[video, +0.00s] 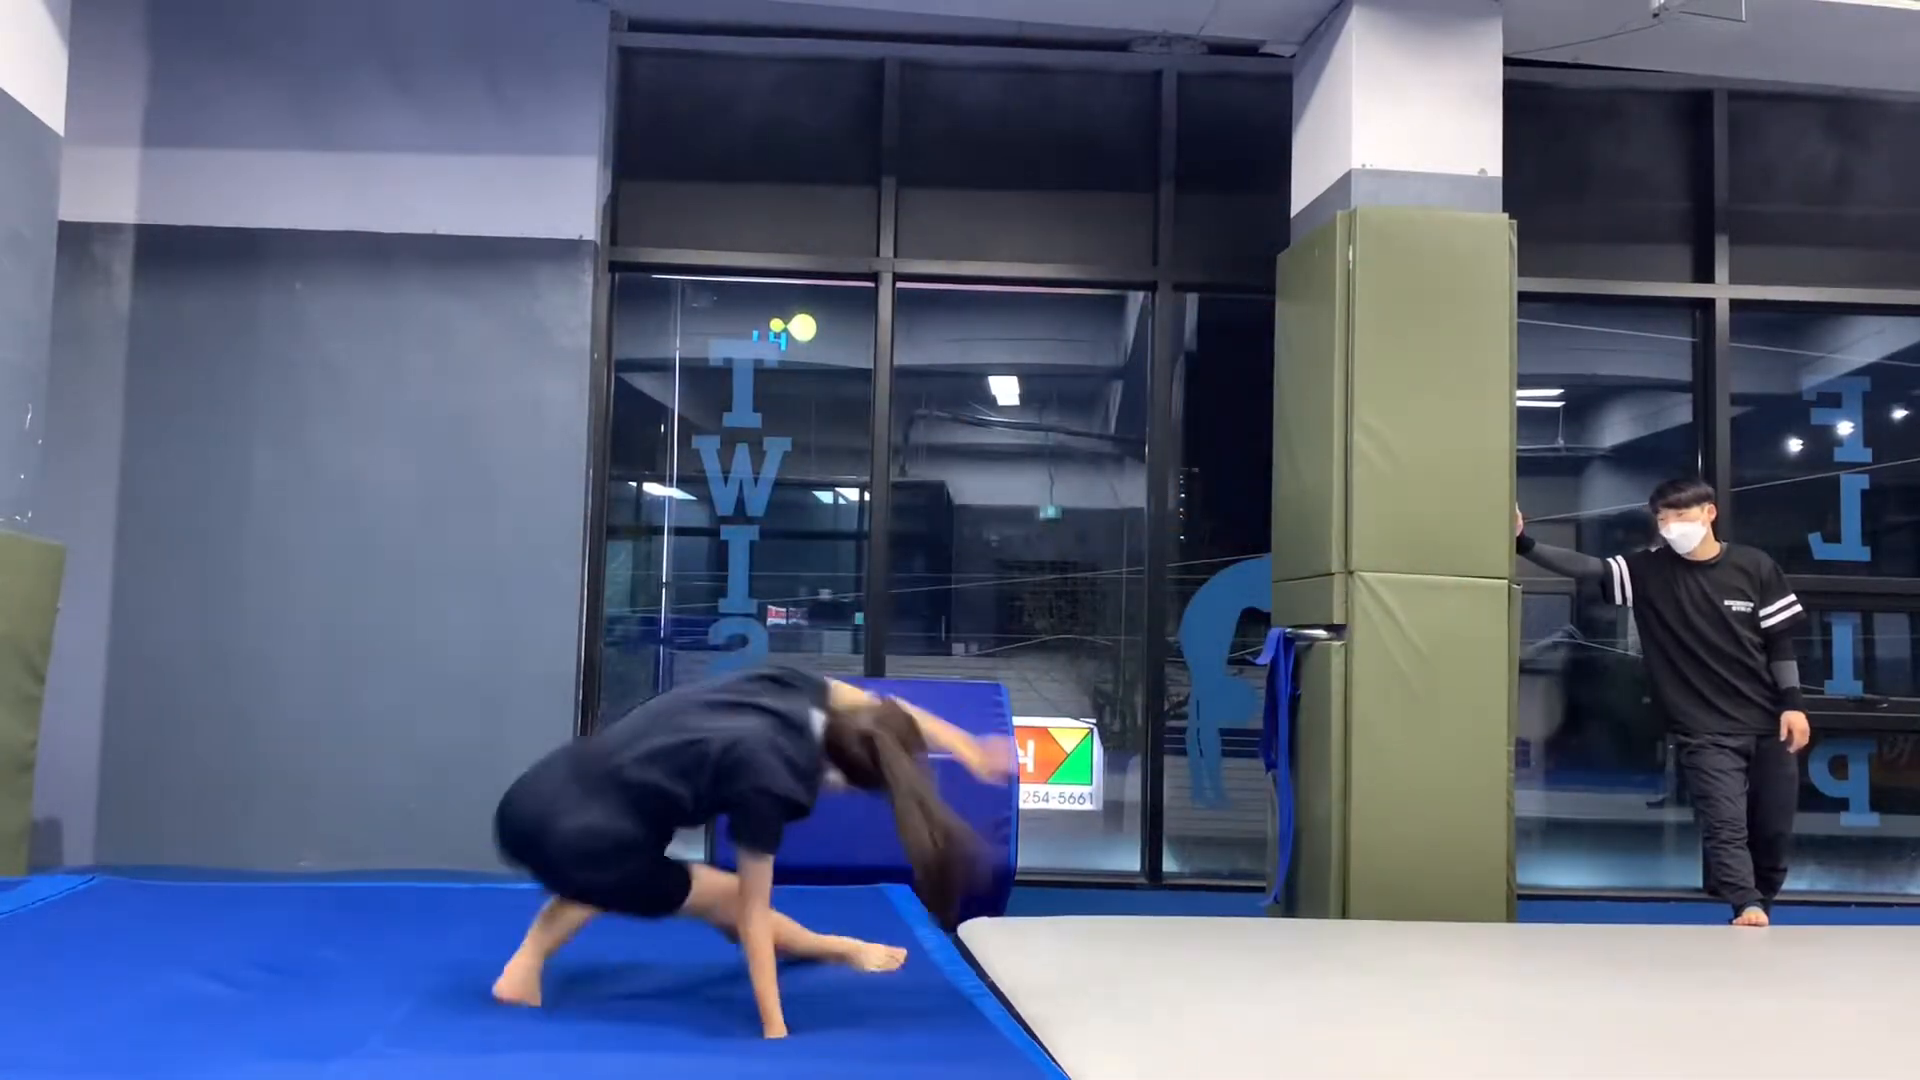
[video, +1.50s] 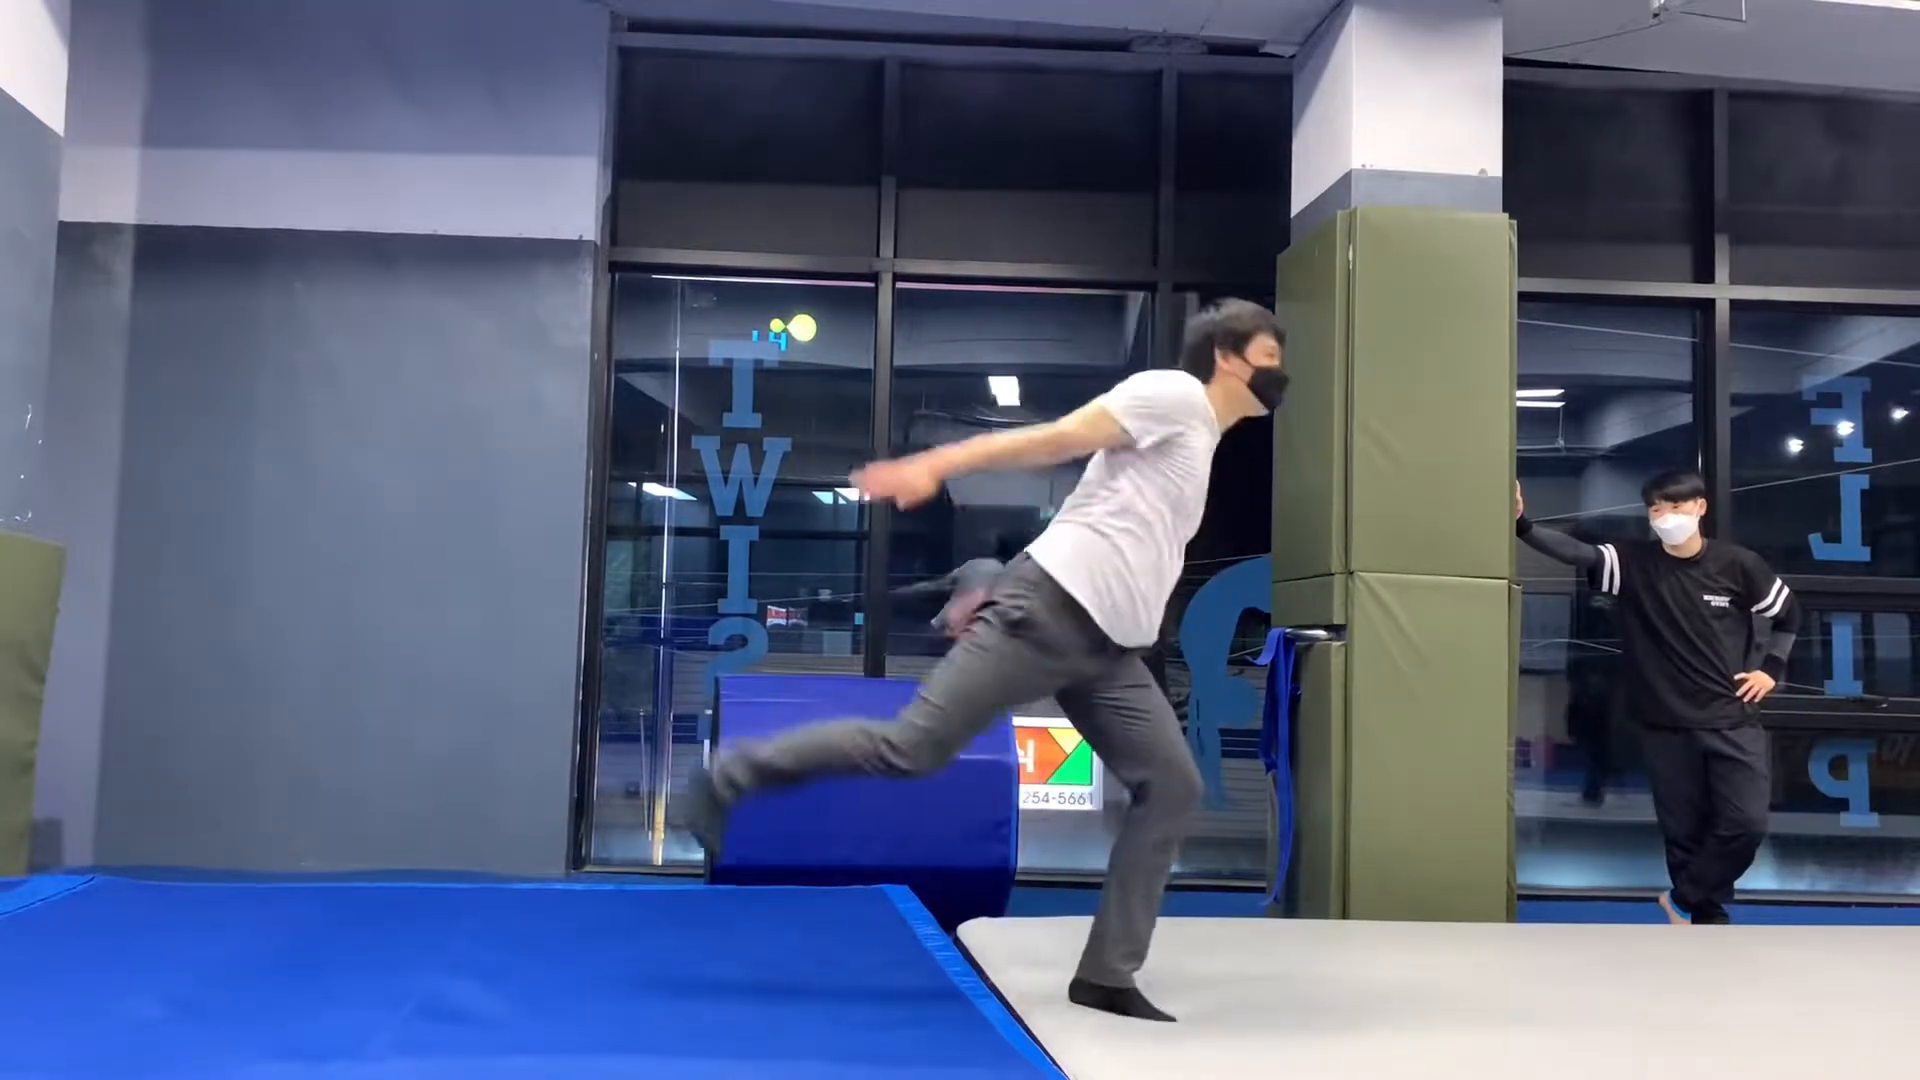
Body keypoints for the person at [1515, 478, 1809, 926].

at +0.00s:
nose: (1669, 524)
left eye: (1680, 513)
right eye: (1663, 516)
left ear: (1709, 513)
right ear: (1657, 521)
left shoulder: (1755, 567)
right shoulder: (1648, 569)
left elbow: (1780, 642)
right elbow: (1586, 567)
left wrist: (1792, 704)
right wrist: (1525, 543)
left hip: (1767, 723)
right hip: (1703, 726)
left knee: (1775, 829)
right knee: (1725, 818)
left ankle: (1759, 901)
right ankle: (1746, 907)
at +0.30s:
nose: (1670, 523)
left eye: (1681, 512)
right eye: (1664, 515)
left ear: (1711, 513)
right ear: (1659, 520)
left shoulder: (1755, 568)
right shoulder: (1649, 569)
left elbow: (1780, 642)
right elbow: (1587, 566)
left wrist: (1792, 705)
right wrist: (1525, 543)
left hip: (1766, 722)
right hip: (1703, 725)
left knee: (1775, 827)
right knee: (1725, 817)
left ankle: (1759, 898)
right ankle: (1746, 906)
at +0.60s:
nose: (1671, 523)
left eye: (1683, 512)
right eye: (1665, 515)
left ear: (1711, 513)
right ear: (1659, 520)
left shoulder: (1755, 568)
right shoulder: (1649, 568)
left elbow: (1778, 643)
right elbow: (1588, 566)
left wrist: (1789, 705)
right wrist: (1525, 543)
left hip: (1765, 721)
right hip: (1704, 724)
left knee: (1775, 826)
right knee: (1724, 816)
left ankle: (1760, 898)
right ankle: (1746, 906)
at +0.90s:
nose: (1669, 510)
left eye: (1682, 504)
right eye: (1664, 501)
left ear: (1706, 512)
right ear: (1654, 508)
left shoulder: (1738, 565)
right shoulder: (1634, 562)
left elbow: (1788, 615)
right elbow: (1577, 550)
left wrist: (1770, 669)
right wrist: (1524, 526)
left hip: (1731, 717)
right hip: (1667, 721)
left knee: (1747, 823)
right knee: (1682, 830)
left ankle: (1683, 901)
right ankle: (1713, 927)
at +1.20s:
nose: (1666, 511)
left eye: (1679, 503)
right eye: (1661, 502)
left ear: (1703, 510)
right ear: (1652, 508)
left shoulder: (1738, 565)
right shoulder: (1634, 560)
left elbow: (1788, 615)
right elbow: (1577, 550)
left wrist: (1770, 670)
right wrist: (1524, 526)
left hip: (1731, 717)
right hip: (1667, 720)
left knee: (1747, 823)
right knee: (1682, 830)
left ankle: (1684, 900)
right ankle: (1713, 926)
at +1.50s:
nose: (1664, 512)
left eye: (1675, 503)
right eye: (1656, 505)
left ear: (1700, 508)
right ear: (1648, 513)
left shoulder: (1738, 564)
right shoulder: (1633, 561)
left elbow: (1788, 615)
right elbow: (1578, 552)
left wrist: (1770, 669)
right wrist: (1523, 526)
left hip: (1731, 718)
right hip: (1666, 722)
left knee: (1747, 823)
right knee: (1682, 832)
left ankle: (1684, 899)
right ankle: (1714, 928)